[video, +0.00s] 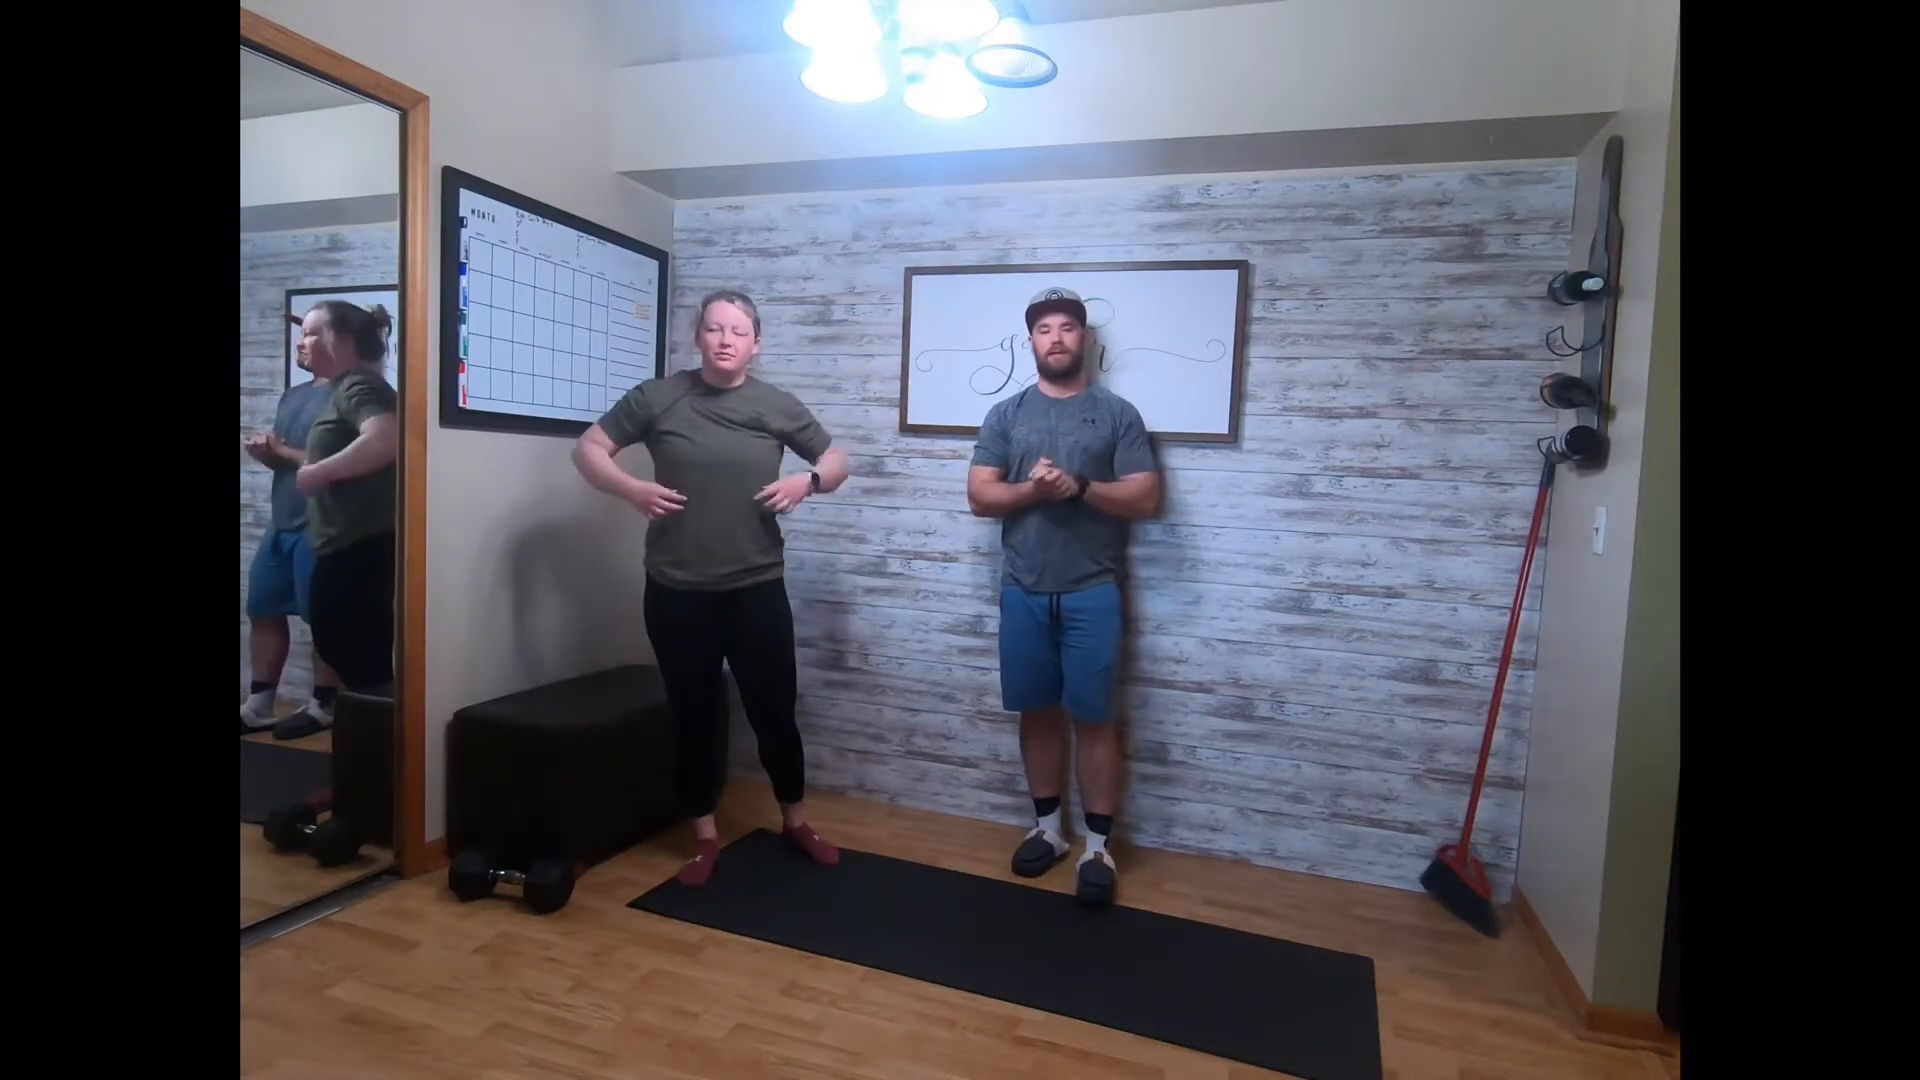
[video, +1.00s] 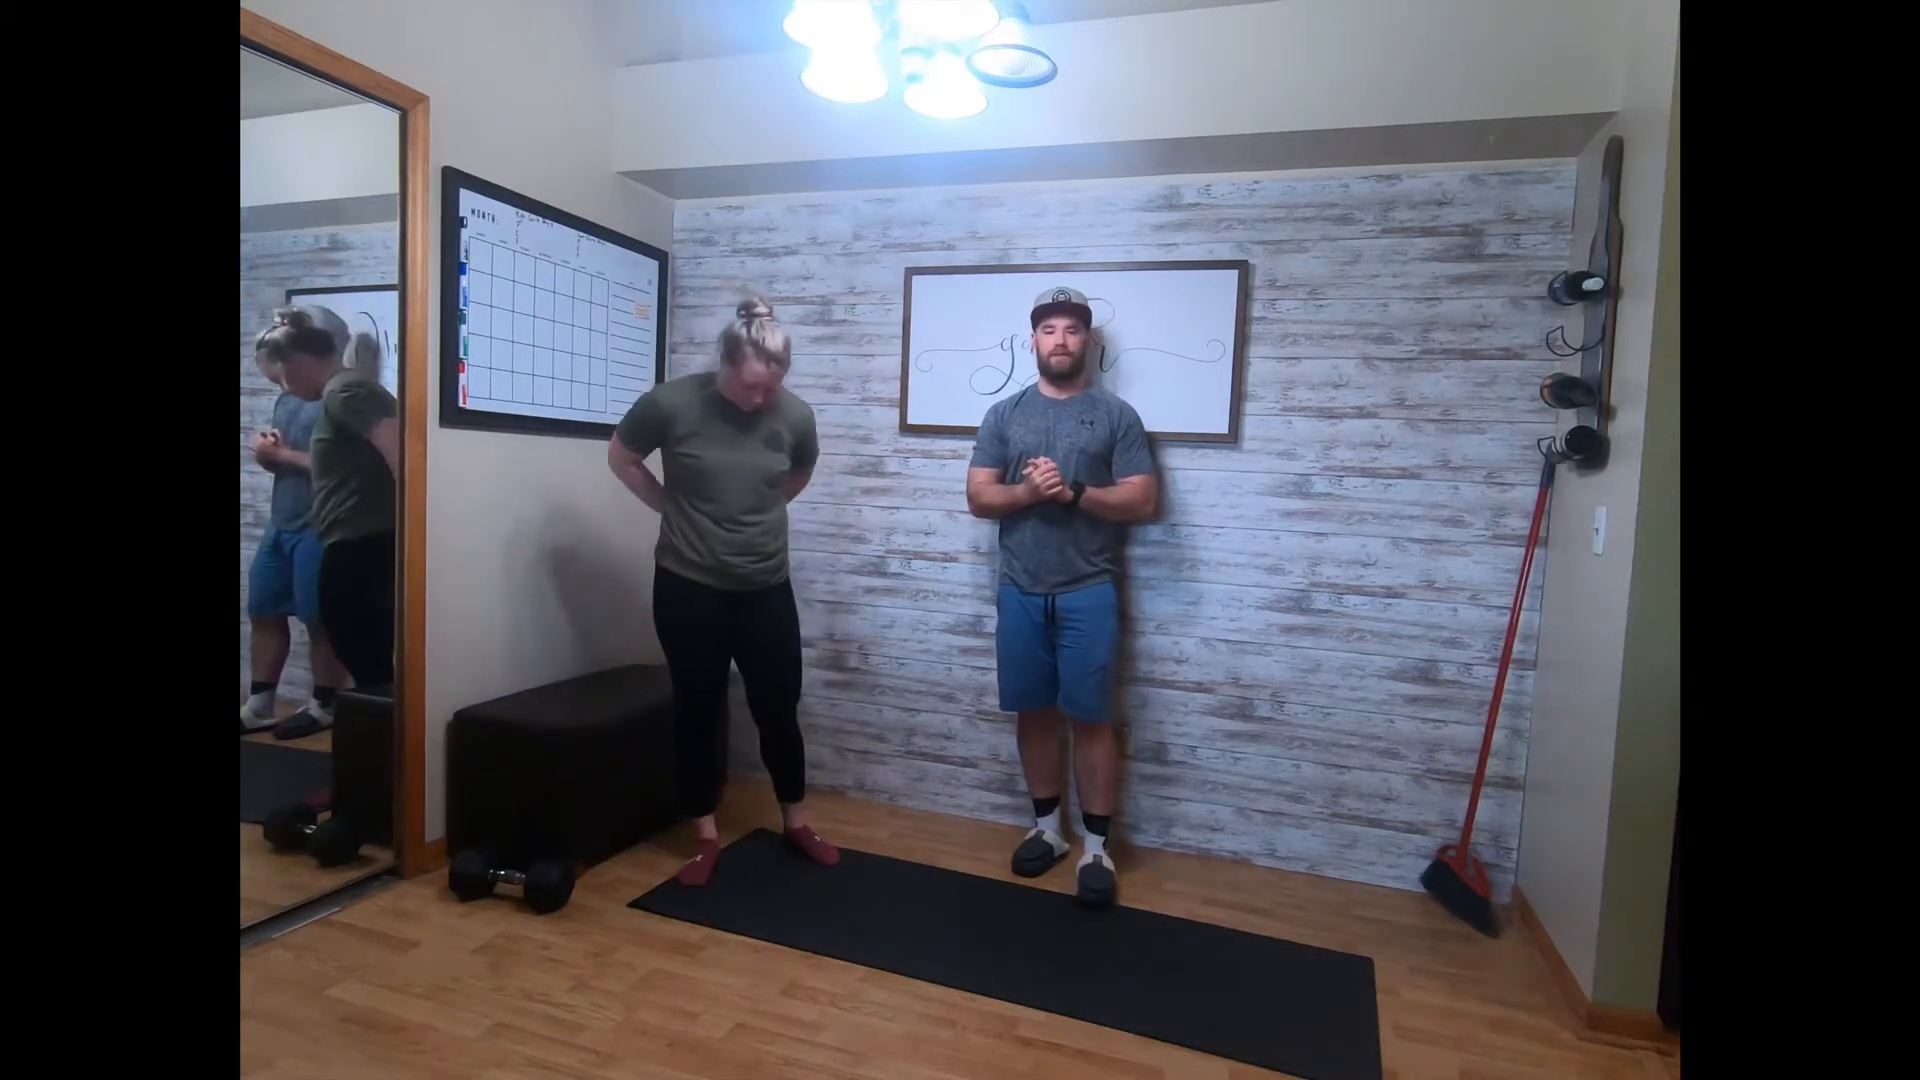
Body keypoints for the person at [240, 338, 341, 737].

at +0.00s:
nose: (303, 342)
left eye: (312, 335)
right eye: (302, 335)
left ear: (333, 343)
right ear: (299, 344)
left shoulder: (345, 395)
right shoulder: (292, 396)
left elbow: (329, 460)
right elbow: (285, 458)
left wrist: (280, 452)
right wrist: (267, 450)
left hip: (319, 528)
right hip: (281, 527)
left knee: (322, 621)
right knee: (264, 610)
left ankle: (324, 706)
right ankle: (260, 703)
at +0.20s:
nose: (300, 342)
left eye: (309, 333)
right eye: (300, 333)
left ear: (334, 340)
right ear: (301, 342)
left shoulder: (347, 397)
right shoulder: (290, 396)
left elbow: (337, 462)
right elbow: (286, 463)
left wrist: (288, 454)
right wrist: (269, 452)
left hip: (321, 528)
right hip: (281, 526)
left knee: (323, 619)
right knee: (266, 610)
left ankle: (325, 705)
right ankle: (260, 702)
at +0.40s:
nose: (300, 357)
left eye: (307, 348)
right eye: (297, 349)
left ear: (329, 344)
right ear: (296, 351)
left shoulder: (349, 395)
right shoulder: (290, 396)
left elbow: (333, 459)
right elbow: (278, 453)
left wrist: (282, 455)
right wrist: (274, 450)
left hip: (323, 527)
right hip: (283, 524)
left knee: (323, 619)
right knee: (265, 609)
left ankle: (325, 706)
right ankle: (260, 702)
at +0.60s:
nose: (291, 361)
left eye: (296, 353)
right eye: (289, 354)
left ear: (319, 346)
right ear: (288, 349)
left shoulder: (344, 397)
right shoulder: (290, 395)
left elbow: (334, 461)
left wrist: (284, 456)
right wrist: (274, 450)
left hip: (322, 530)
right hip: (283, 525)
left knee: (324, 622)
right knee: (265, 608)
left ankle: (326, 705)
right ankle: (261, 702)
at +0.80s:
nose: (281, 383)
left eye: (283, 374)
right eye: (277, 376)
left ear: (306, 360)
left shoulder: (340, 402)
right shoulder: (287, 399)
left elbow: (336, 463)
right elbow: (280, 461)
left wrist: (284, 454)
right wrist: (272, 449)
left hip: (321, 530)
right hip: (282, 528)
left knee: (324, 620)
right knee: (264, 609)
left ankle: (326, 706)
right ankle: (261, 703)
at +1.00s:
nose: (280, 387)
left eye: (280, 378)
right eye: (274, 380)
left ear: (299, 361)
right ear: (277, 368)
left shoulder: (333, 406)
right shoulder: (285, 404)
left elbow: (333, 466)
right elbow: (288, 461)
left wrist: (282, 454)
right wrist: (272, 449)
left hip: (317, 529)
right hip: (280, 527)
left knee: (318, 617)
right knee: (264, 610)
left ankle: (325, 705)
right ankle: (261, 702)